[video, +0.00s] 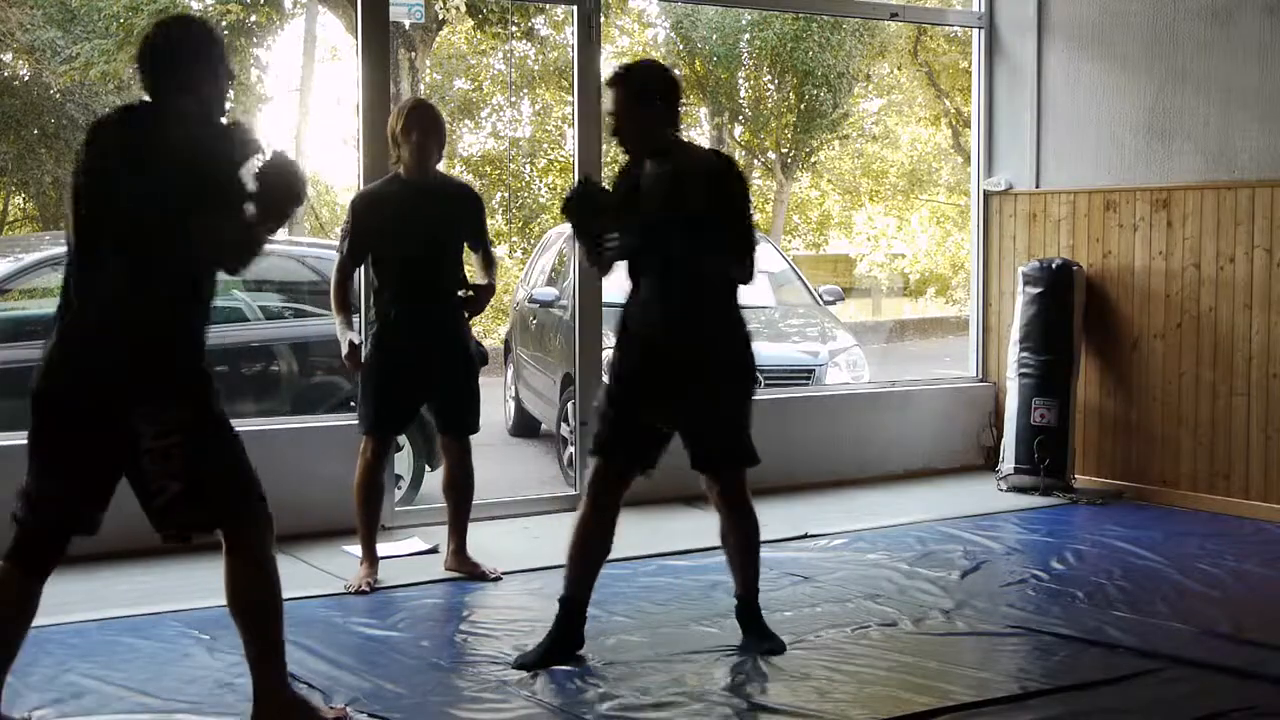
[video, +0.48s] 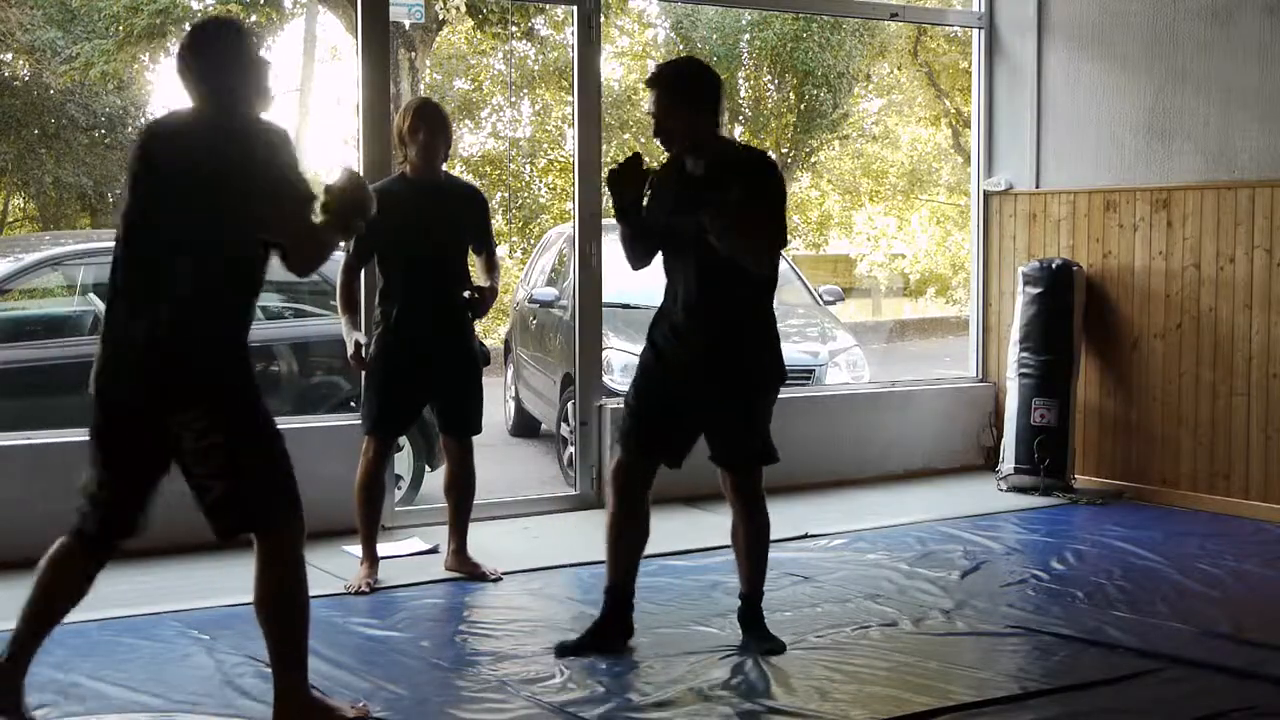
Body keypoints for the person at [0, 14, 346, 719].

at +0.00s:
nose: (231, 85)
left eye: (227, 70)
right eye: (223, 70)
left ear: (151, 73)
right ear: (200, 73)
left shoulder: (104, 135)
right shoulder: (205, 142)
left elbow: (138, 236)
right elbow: (231, 252)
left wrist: (224, 159)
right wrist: (274, 205)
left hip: (75, 371)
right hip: (163, 376)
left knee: (30, 548)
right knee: (247, 528)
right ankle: (274, 696)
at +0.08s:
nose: (223, 71)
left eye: (218, 57)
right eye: (212, 58)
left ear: (143, 68)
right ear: (184, 66)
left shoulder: (94, 128)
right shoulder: (201, 135)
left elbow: (122, 235)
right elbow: (220, 249)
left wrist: (233, 189)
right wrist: (269, 205)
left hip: (71, 365)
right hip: (157, 367)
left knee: (31, 544)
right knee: (250, 516)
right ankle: (277, 691)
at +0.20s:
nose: (223, 67)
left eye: (217, 55)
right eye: (210, 57)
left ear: (144, 70)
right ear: (181, 68)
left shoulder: (98, 130)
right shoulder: (204, 134)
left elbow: (85, 246)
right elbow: (235, 245)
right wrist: (279, 205)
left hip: (80, 368)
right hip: (164, 372)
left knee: (34, 548)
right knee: (247, 529)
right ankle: (286, 695)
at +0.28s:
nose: (229, 69)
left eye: (223, 57)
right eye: (218, 58)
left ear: (153, 73)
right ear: (193, 69)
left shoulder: (108, 137)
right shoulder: (216, 139)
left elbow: (104, 251)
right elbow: (256, 246)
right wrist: (298, 203)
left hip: (94, 374)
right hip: (177, 379)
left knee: (45, 551)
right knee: (258, 530)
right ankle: (290, 695)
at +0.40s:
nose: (249, 74)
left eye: (243, 60)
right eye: (240, 61)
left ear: (172, 74)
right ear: (220, 69)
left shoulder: (142, 138)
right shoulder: (244, 138)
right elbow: (289, 252)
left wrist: (292, 214)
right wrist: (331, 213)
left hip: (117, 371)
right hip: (200, 373)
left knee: (72, 544)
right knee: (277, 528)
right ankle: (293, 696)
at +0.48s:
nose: (268, 71)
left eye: (262, 57)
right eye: (258, 59)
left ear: (195, 73)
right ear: (236, 71)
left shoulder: (158, 137)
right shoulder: (261, 144)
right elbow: (305, 256)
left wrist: (317, 213)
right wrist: (344, 213)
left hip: (129, 367)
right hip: (209, 370)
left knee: (97, 530)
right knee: (280, 526)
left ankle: (9, 676)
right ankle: (293, 696)